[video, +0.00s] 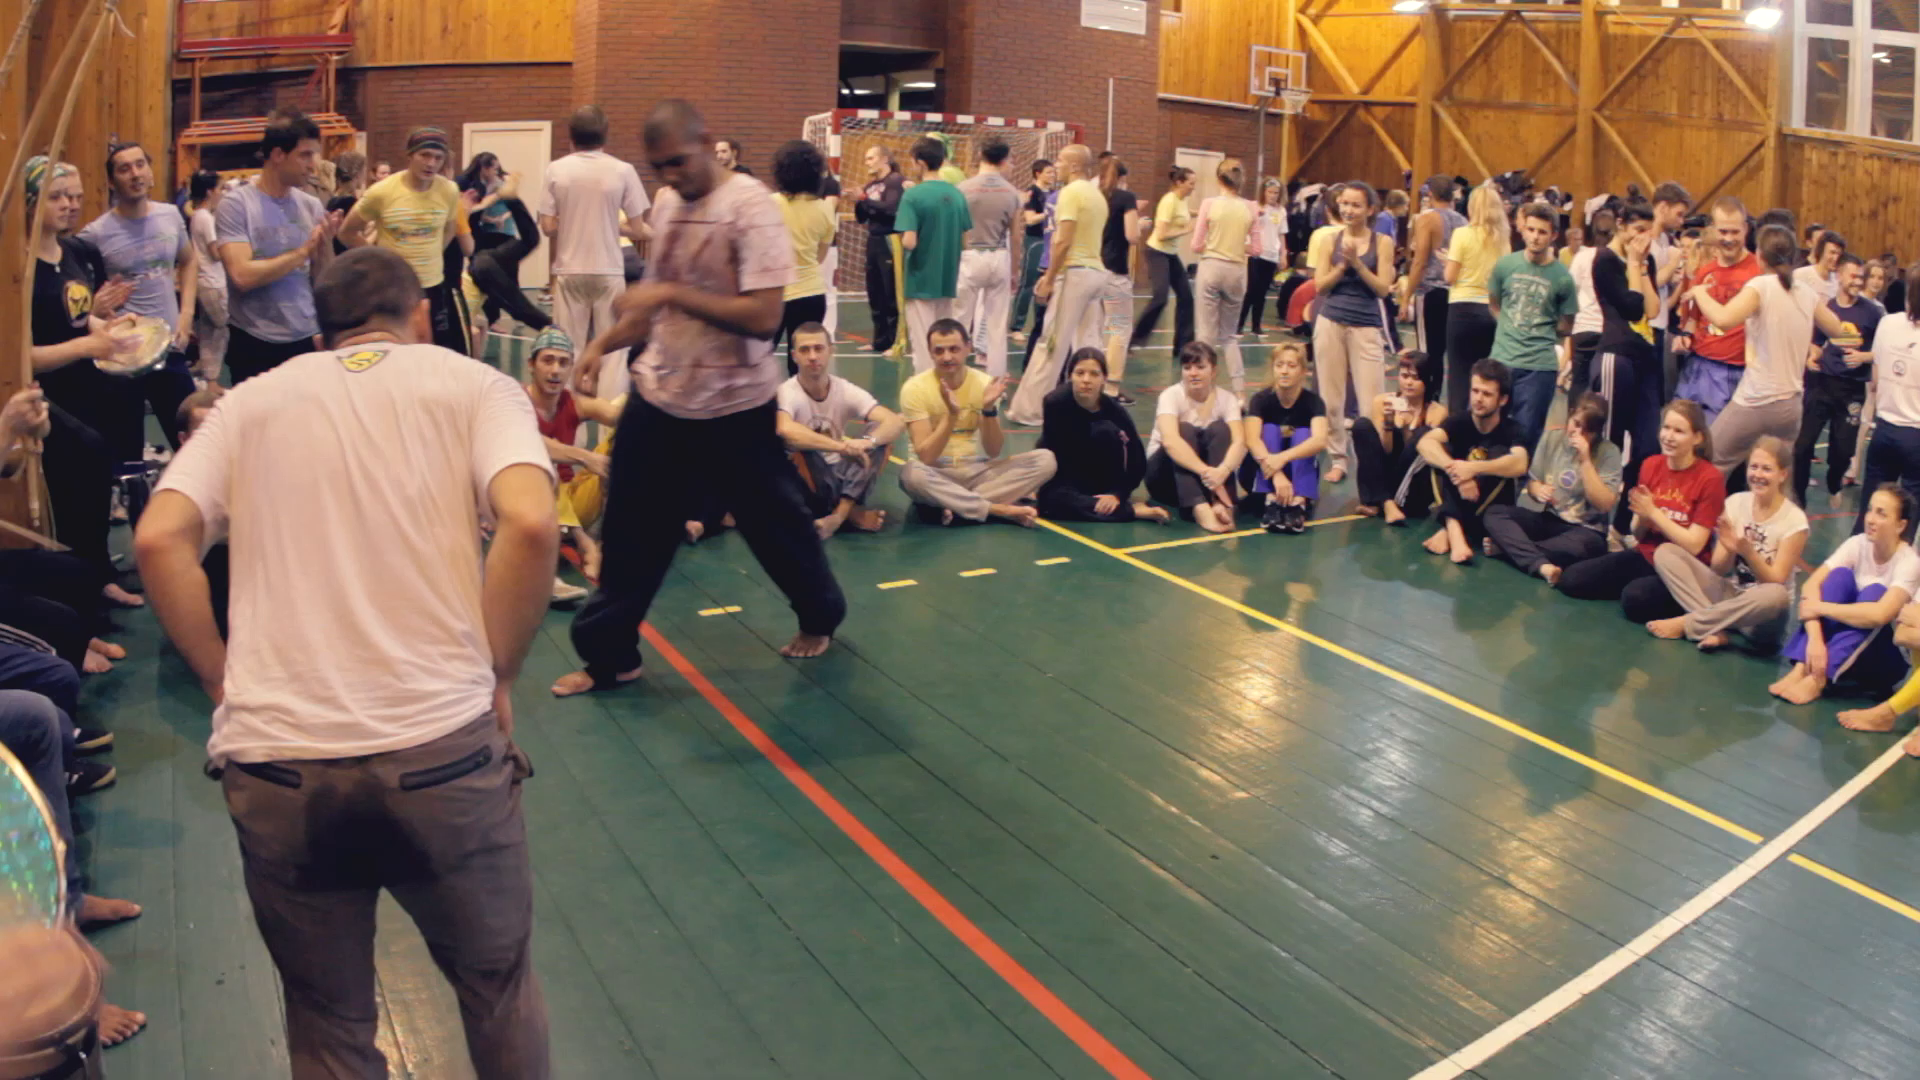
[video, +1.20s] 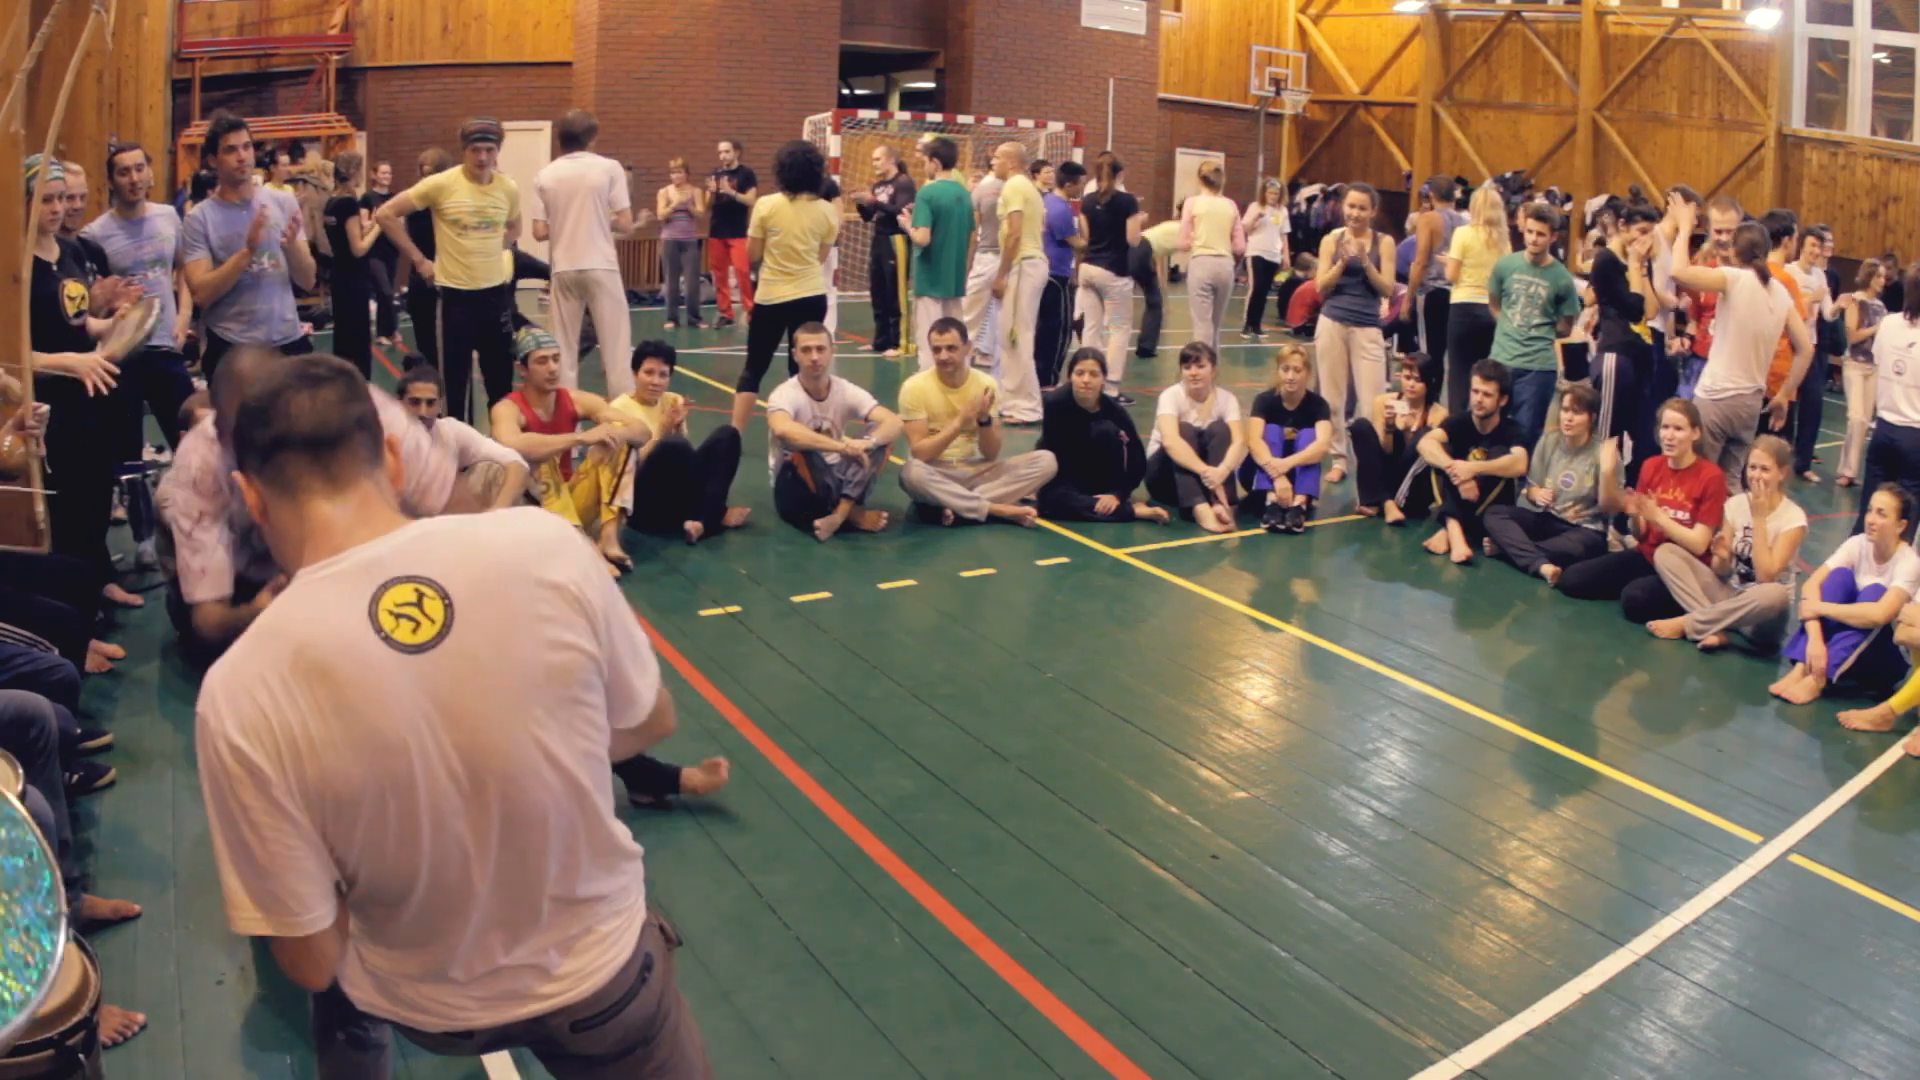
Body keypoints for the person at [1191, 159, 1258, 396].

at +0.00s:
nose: (1216, 183)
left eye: (1217, 179)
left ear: (1219, 180)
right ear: (1241, 182)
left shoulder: (1209, 205)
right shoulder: (1250, 208)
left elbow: (1196, 245)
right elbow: (1256, 248)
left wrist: (1212, 246)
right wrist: (1238, 246)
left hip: (1211, 262)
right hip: (1238, 266)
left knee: (1205, 334)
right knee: (1230, 336)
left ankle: (1201, 392)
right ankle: (1239, 391)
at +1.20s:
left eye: (1199, 179)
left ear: (1200, 180)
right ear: (1221, 182)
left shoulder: (1191, 203)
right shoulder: (1231, 205)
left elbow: (1184, 242)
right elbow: (1239, 246)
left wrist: (1199, 241)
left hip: (1200, 258)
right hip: (1225, 260)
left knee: (1202, 320)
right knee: (1216, 321)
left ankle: (1202, 367)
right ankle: (1211, 366)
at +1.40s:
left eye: (1199, 178)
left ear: (1201, 179)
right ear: (1222, 182)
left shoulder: (1192, 203)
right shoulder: (1231, 205)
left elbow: (1185, 242)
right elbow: (1240, 247)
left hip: (1201, 259)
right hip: (1225, 260)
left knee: (1203, 320)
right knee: (1213, 321)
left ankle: (1203, 368)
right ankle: (1206, 363)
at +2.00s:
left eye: (1203, 177)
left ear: (1204, 179)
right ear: (1225, 181)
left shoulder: (1195, 202)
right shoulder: (1233, 206)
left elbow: (1187, 239)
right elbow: (1240, 246)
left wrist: (1195, 247)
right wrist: (1220, 245)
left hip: (1201, 258)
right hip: (1224, 259)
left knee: (1193, 322)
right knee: (1210, 324)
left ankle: (1195, 369)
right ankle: (1208, 367)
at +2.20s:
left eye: (1202, 178)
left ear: (1203, 179)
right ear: (1225, 181)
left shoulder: (1195, 202)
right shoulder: (1232, 206)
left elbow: (1185, 241)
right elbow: (1240, 246)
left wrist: (1198, 243)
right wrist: (1219, 244)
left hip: (1200, 260)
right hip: (1223, 260)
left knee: (1186, 319)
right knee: (1207, 324)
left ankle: (1189, 366)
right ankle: (1205, 369)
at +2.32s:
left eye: (1201, 179)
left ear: (1202, 180)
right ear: (1223, 181)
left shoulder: (1193, 202)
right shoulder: (1230, 206)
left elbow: (1184, 240)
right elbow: (1237, 245)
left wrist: (1179, 255)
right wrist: (1217, 244)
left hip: (1198, 260)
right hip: (1222, 260)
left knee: (1181, 318)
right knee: (1206, 322)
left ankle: (1181, 366)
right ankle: (1203, 367)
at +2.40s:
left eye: (1198, 180)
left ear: (1200, 181)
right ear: (1220, 182)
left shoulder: (1191, 202)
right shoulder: (1228, 206)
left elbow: (1182, 240)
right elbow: (1235, 244)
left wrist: (1188, 247)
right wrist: (1216, 244)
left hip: (1196, 260)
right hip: (1219, 261)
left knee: (1178, 317)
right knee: (1206, 322)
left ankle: (1175, 370)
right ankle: (1203, 370)